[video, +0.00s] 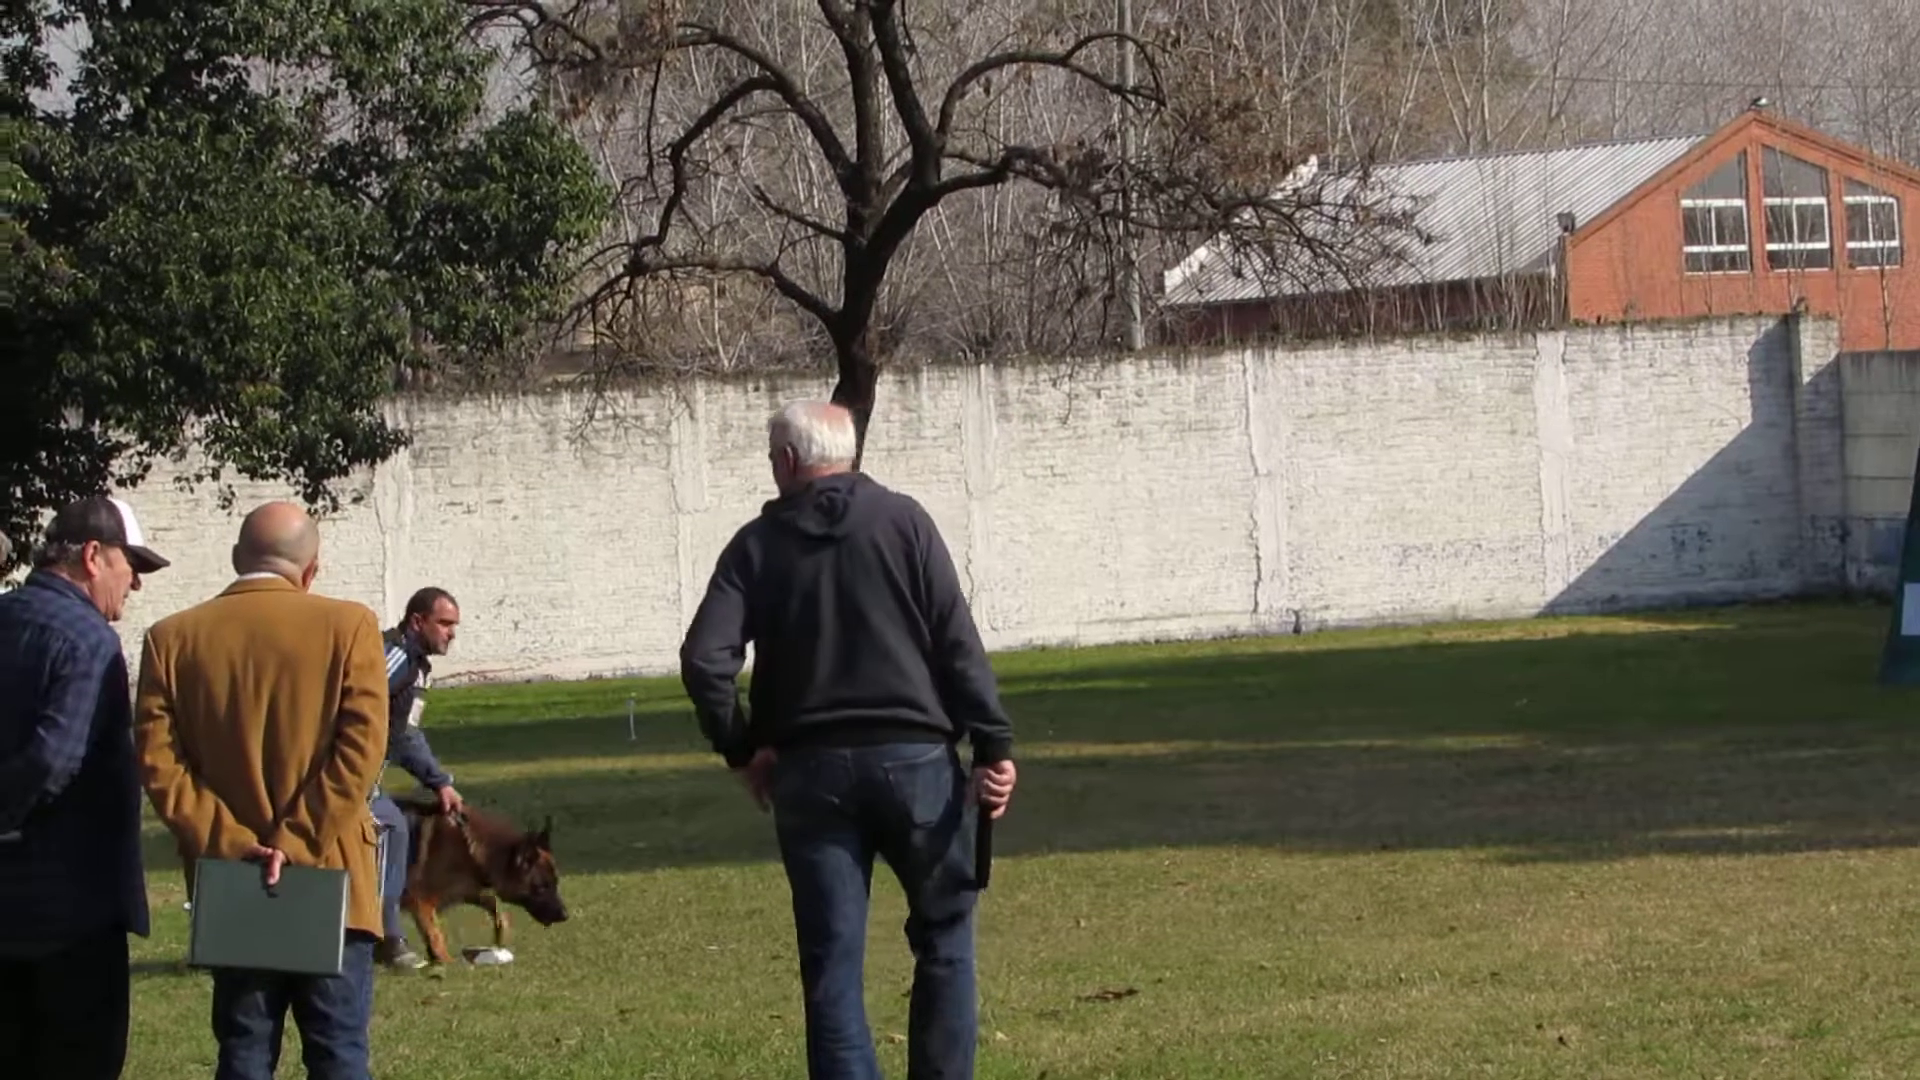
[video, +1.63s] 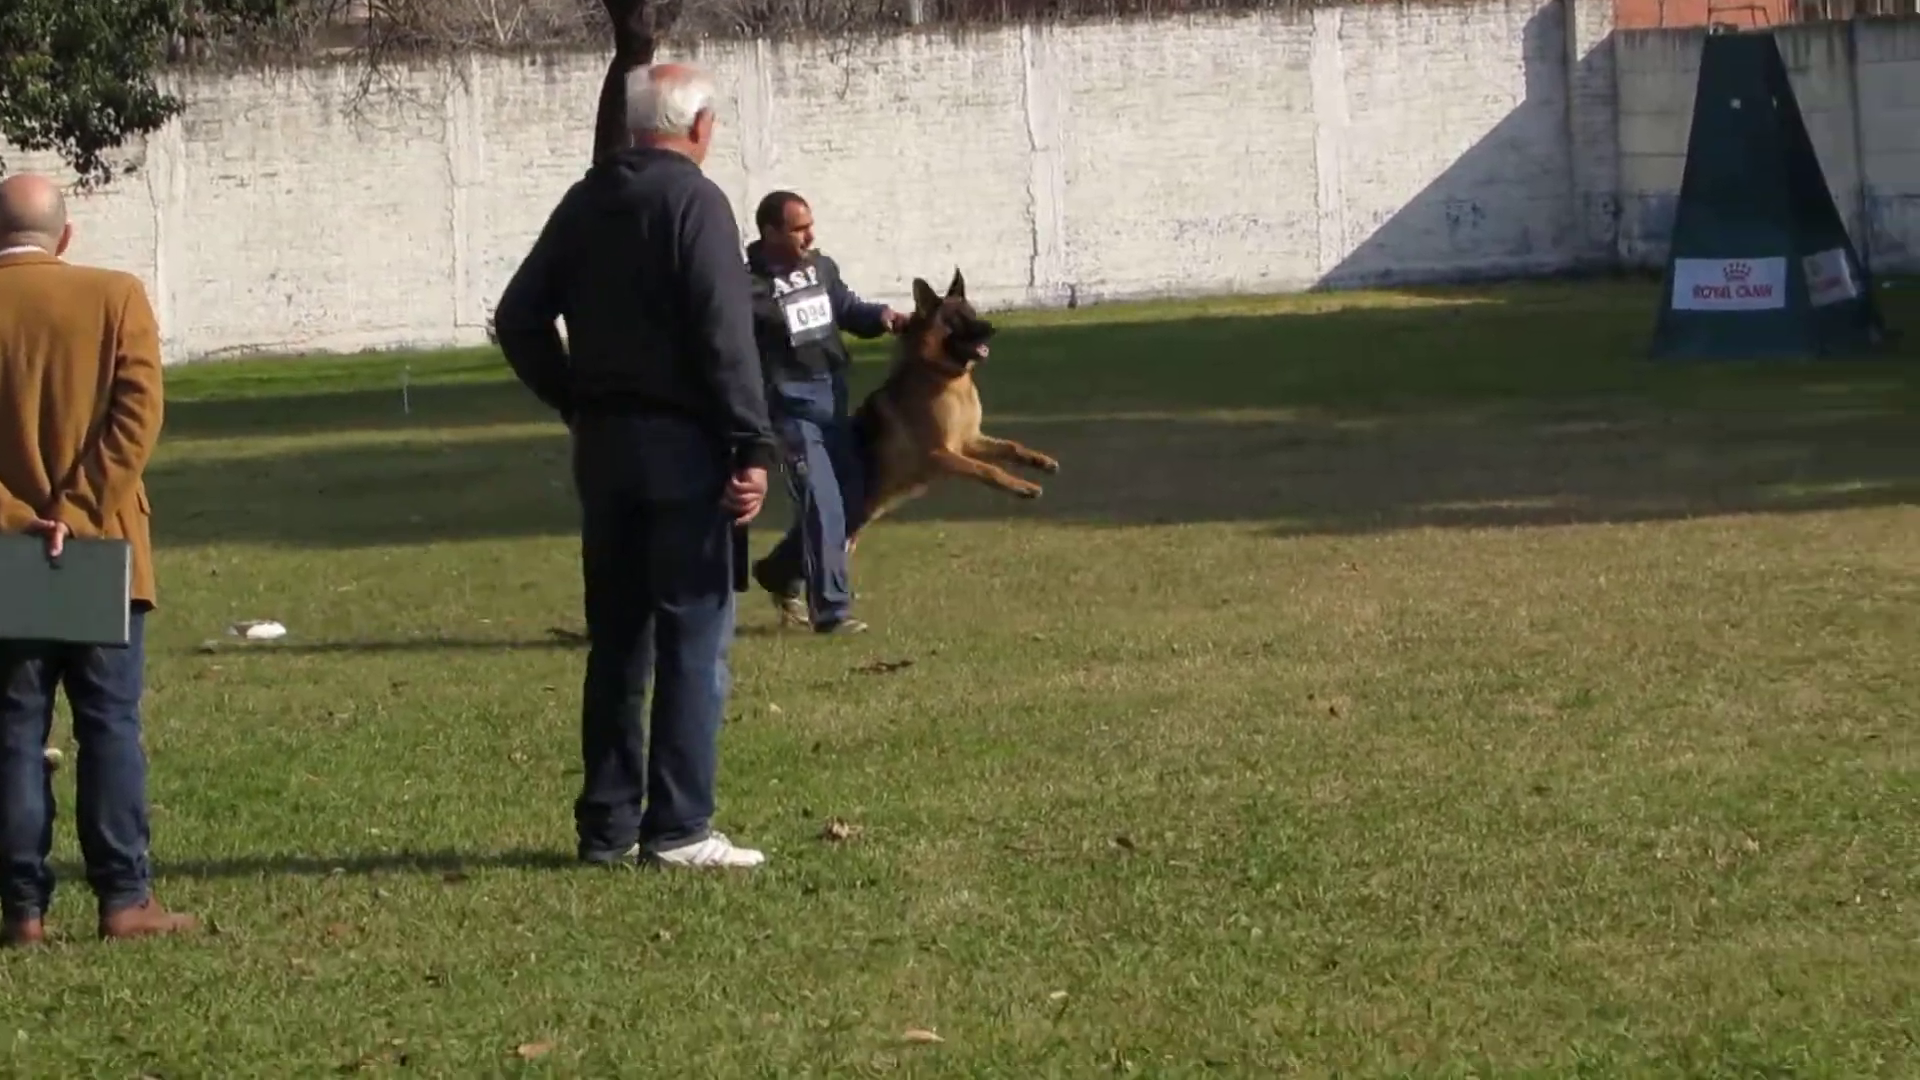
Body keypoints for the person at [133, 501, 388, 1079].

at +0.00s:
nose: (317, 570)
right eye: (316, 561)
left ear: (237, 558)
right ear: (308, 567)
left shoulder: (171, 638)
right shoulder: (350, 625)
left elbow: (159, 767)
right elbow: (361, 752)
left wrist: (236, 846)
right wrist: (293, 840)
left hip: (230, 896)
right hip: (335, 893)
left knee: (243, 1051)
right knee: (339, 1051)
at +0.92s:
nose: (291, 478)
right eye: (291, 470)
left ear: (210, 472)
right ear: (282, 476)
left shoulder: (149, 549)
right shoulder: (328, 535)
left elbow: (137, 676)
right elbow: (339, 659)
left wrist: (215, 752)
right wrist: (274, 747)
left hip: (210, 804)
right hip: (317, 799)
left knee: (225, 962)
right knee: (320, 960)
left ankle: (231, 1076)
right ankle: (327, 1074)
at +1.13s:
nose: (267, 374)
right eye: (266, 365)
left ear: (186, 368)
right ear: (262, 372)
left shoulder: (133, 448)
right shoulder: (309, 434)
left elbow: (118, 575)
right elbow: (319, 555)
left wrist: (189, 649)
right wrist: (260, 648)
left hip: (191, 702)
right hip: (295, 698)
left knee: (205, 859)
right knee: (300, 857)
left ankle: (213, 1037)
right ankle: (315, 1030)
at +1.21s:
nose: (237, 332)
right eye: (237, 323)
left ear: (156, 331)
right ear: (233, 332)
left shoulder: (109, 408)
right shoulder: (283, 393)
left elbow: (93, 536)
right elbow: (295, 515)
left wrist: (170, 608)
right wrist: (236, 609)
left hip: (167, 661)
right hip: (270, 657)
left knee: (180, 819)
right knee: (275, 817)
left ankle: (189, 997)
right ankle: (290, 990)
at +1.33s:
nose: (188, 291)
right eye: (187, 282)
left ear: (107, 291)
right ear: (184, 291)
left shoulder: (60, 370)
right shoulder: (237, 352)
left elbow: (47, 498)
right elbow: (250, 475)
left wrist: (128, 571)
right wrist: (192, 568)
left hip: (121, 620)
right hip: (225, 616)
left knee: (135, 776)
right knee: (230, 775)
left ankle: (143, 958)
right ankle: (244, 950)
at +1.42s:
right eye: (158, 262)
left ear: (76, 274)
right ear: (154, 272)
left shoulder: (27, 355)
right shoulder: (207, 333)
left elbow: (18, 482)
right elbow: (222, 454)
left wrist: (89, 549)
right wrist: (165, 547)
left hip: (90, 604)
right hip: (196, 598)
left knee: (105, 763)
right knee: (200, 760)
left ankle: (114, 941)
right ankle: (215, 934)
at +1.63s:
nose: (69, 233)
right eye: (70, 225)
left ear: (0, 233)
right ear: (65, 235)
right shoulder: (118, 297)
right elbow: (137, 419)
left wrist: (22, 520)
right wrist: (77, 508)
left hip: (9, 564)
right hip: (105, 562)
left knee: (18, 730)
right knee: (111, 725)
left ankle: (24, 908)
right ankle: (126, 899)